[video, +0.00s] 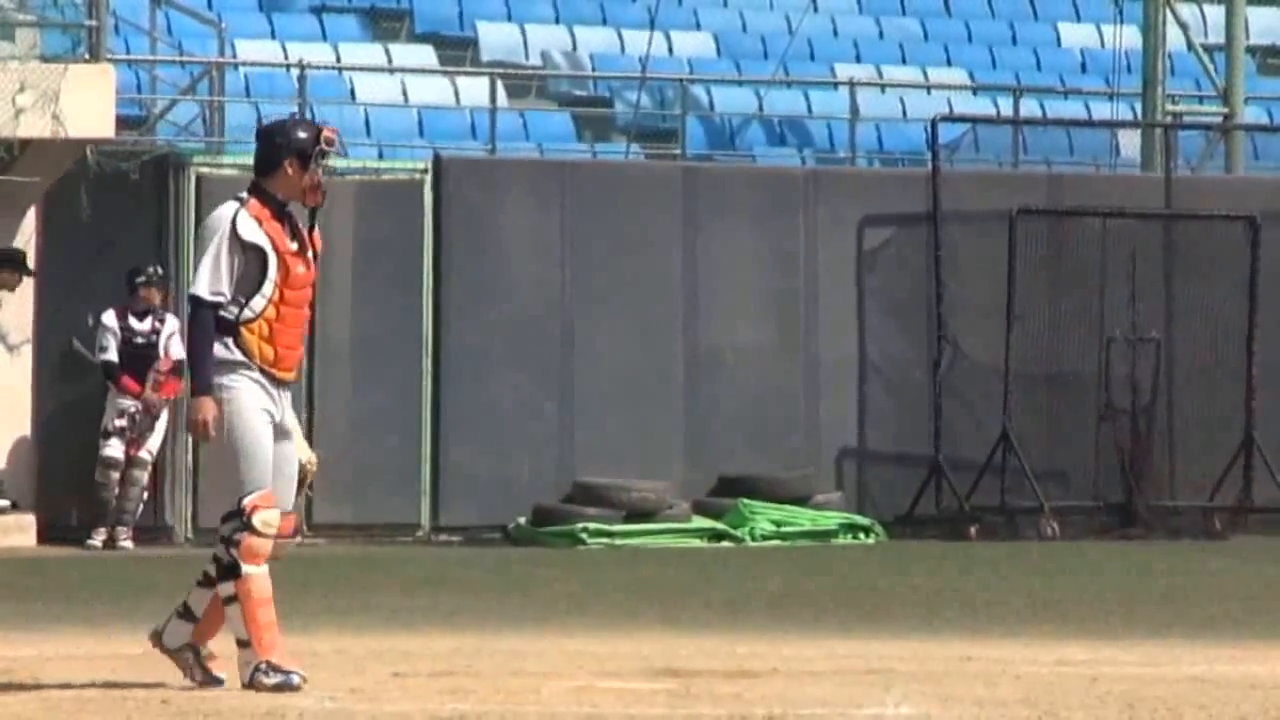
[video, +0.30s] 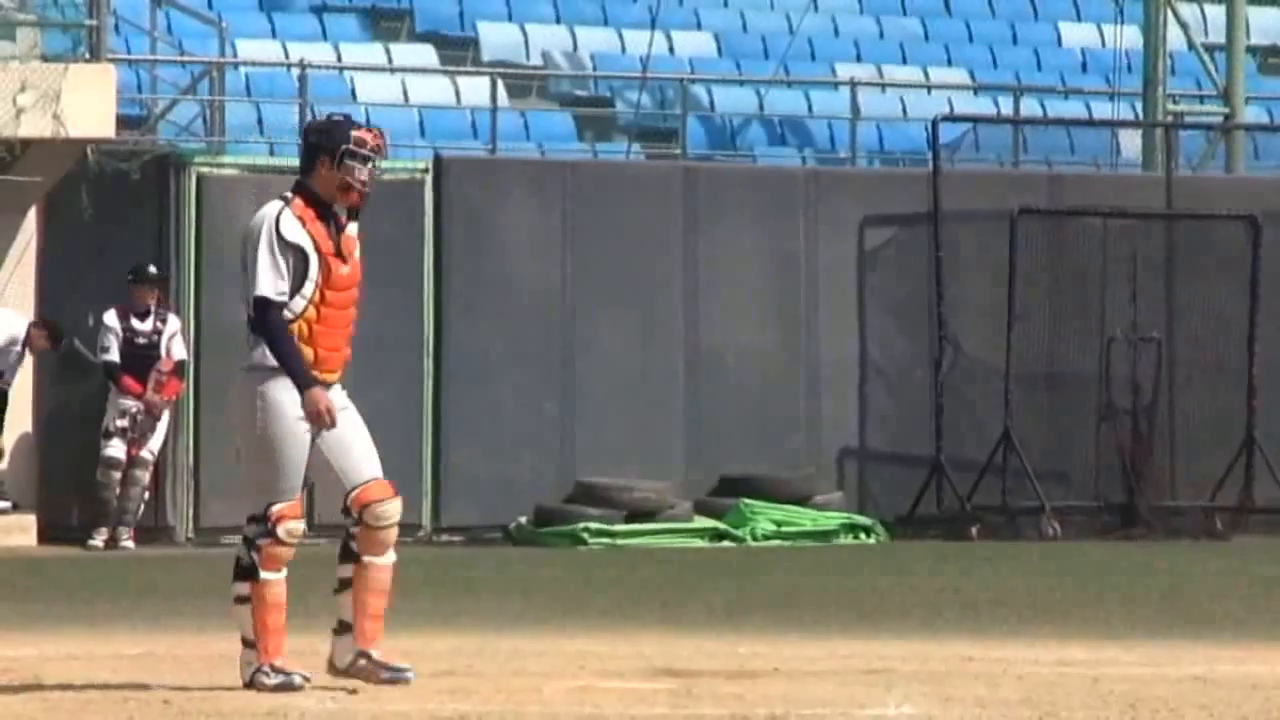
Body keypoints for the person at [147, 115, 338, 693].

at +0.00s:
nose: (320, 176)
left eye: (320, 165)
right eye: (312, 165)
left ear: (289, 167)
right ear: (286, 165)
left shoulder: (295, 227)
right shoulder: (235, 219)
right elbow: (202, 304)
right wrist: (200, 387)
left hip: (278, 385)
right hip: (236, 379)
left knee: (279, 522)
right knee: (254, 520)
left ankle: (186, 630)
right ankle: (263, 659)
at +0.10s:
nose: (327, 173)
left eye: (328, 163)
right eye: (320, 163)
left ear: (302, 166)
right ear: (294, 165)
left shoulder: (305, 223)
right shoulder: (244, 219)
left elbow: (290, 302)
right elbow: (214, 304)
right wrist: (217, 390)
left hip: (289, 385)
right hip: (248, 381)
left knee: (307, 528)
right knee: (261, 521)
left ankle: (210, 619)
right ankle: (264, 662)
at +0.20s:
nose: (347, 177)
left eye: (349, 166)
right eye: (339, 166)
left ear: (326, 168)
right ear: (308, 165)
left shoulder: (323, 224)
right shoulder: (263, 221)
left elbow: (305, 302)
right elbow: (244, 310)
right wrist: (265, 391)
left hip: (309, 388)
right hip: (266, 387)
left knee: (352, 516)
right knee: (270, 526)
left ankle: (286, 640)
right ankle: (261, 661)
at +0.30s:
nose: (361, 178)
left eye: (367, 168)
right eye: (351, 165)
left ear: (367, 173)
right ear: (320, 163)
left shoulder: (345, 226)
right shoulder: (279, 221)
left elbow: (324, 307)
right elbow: (264, 314)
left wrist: (328, 373)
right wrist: (308, 385)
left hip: (327, 385)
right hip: (277, 386)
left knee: (377, 507)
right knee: (279, 525)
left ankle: (354, 649)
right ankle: (263, 661)